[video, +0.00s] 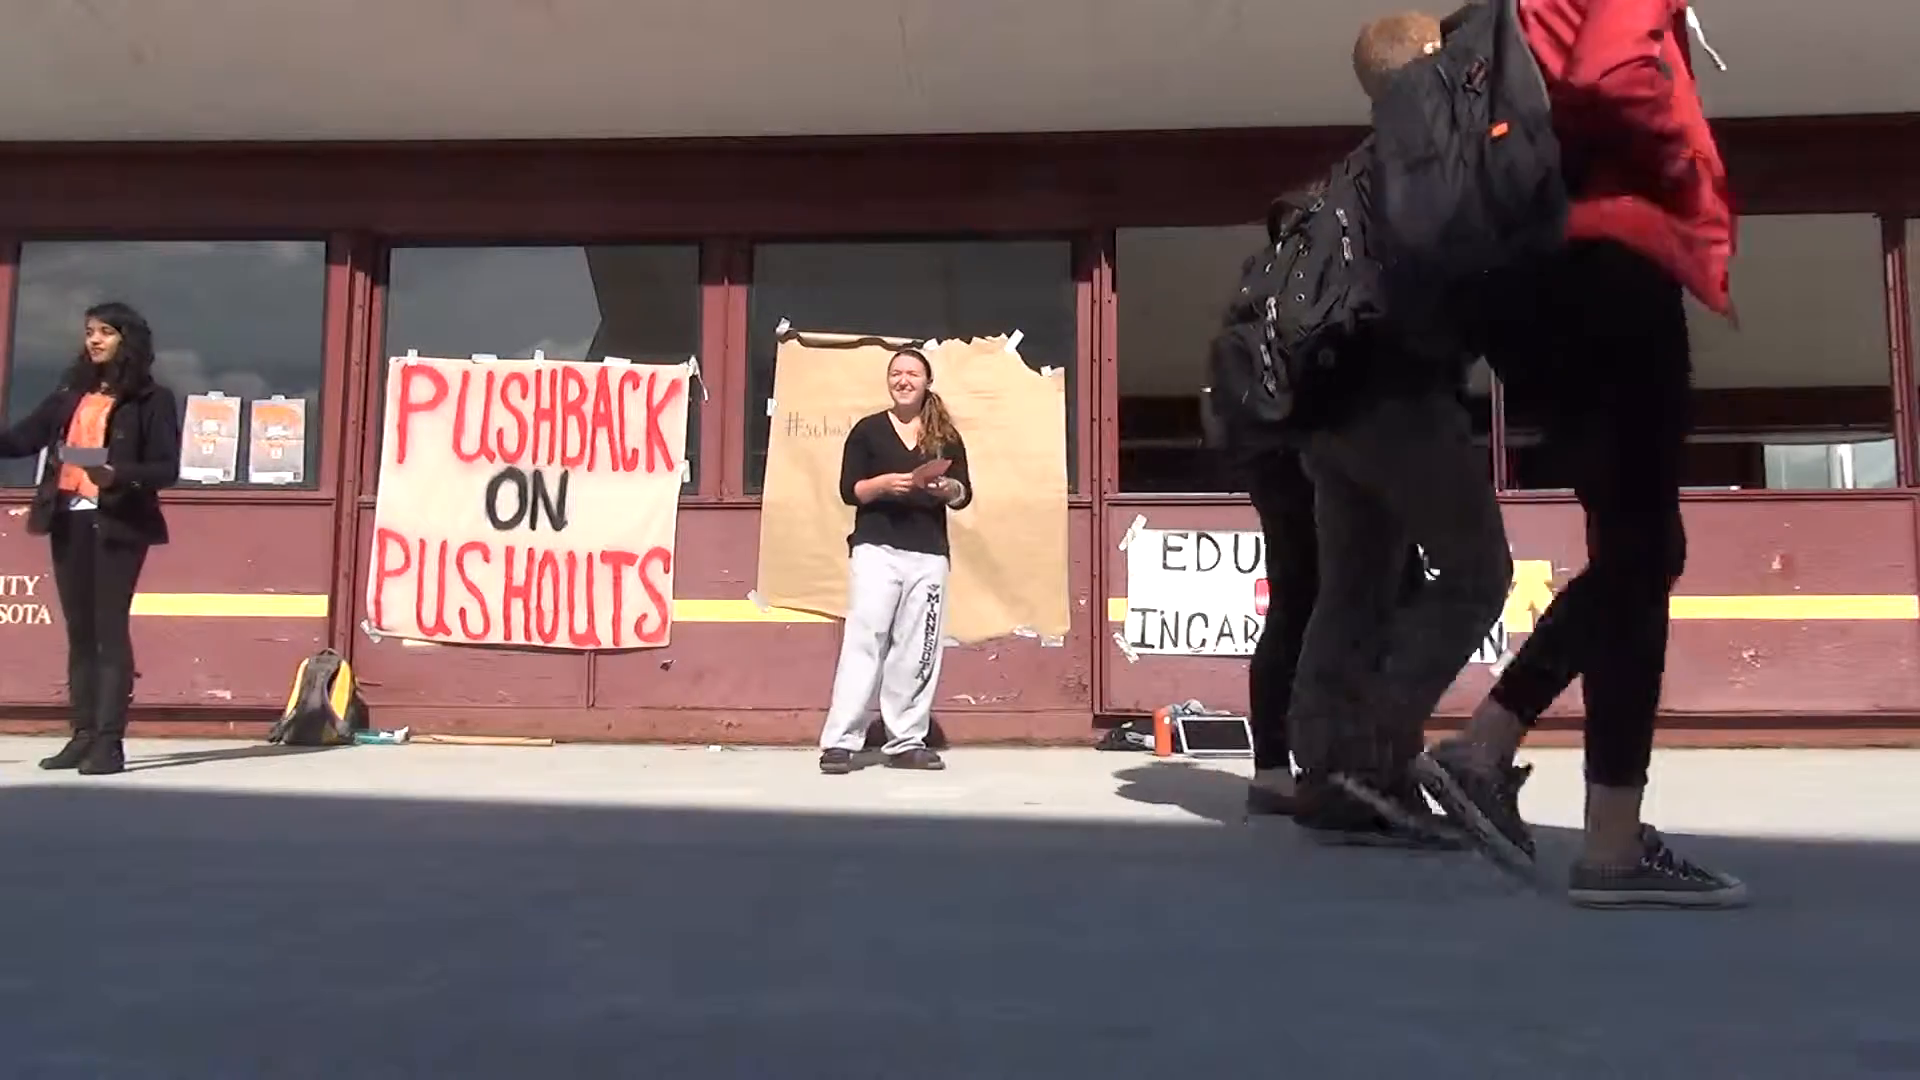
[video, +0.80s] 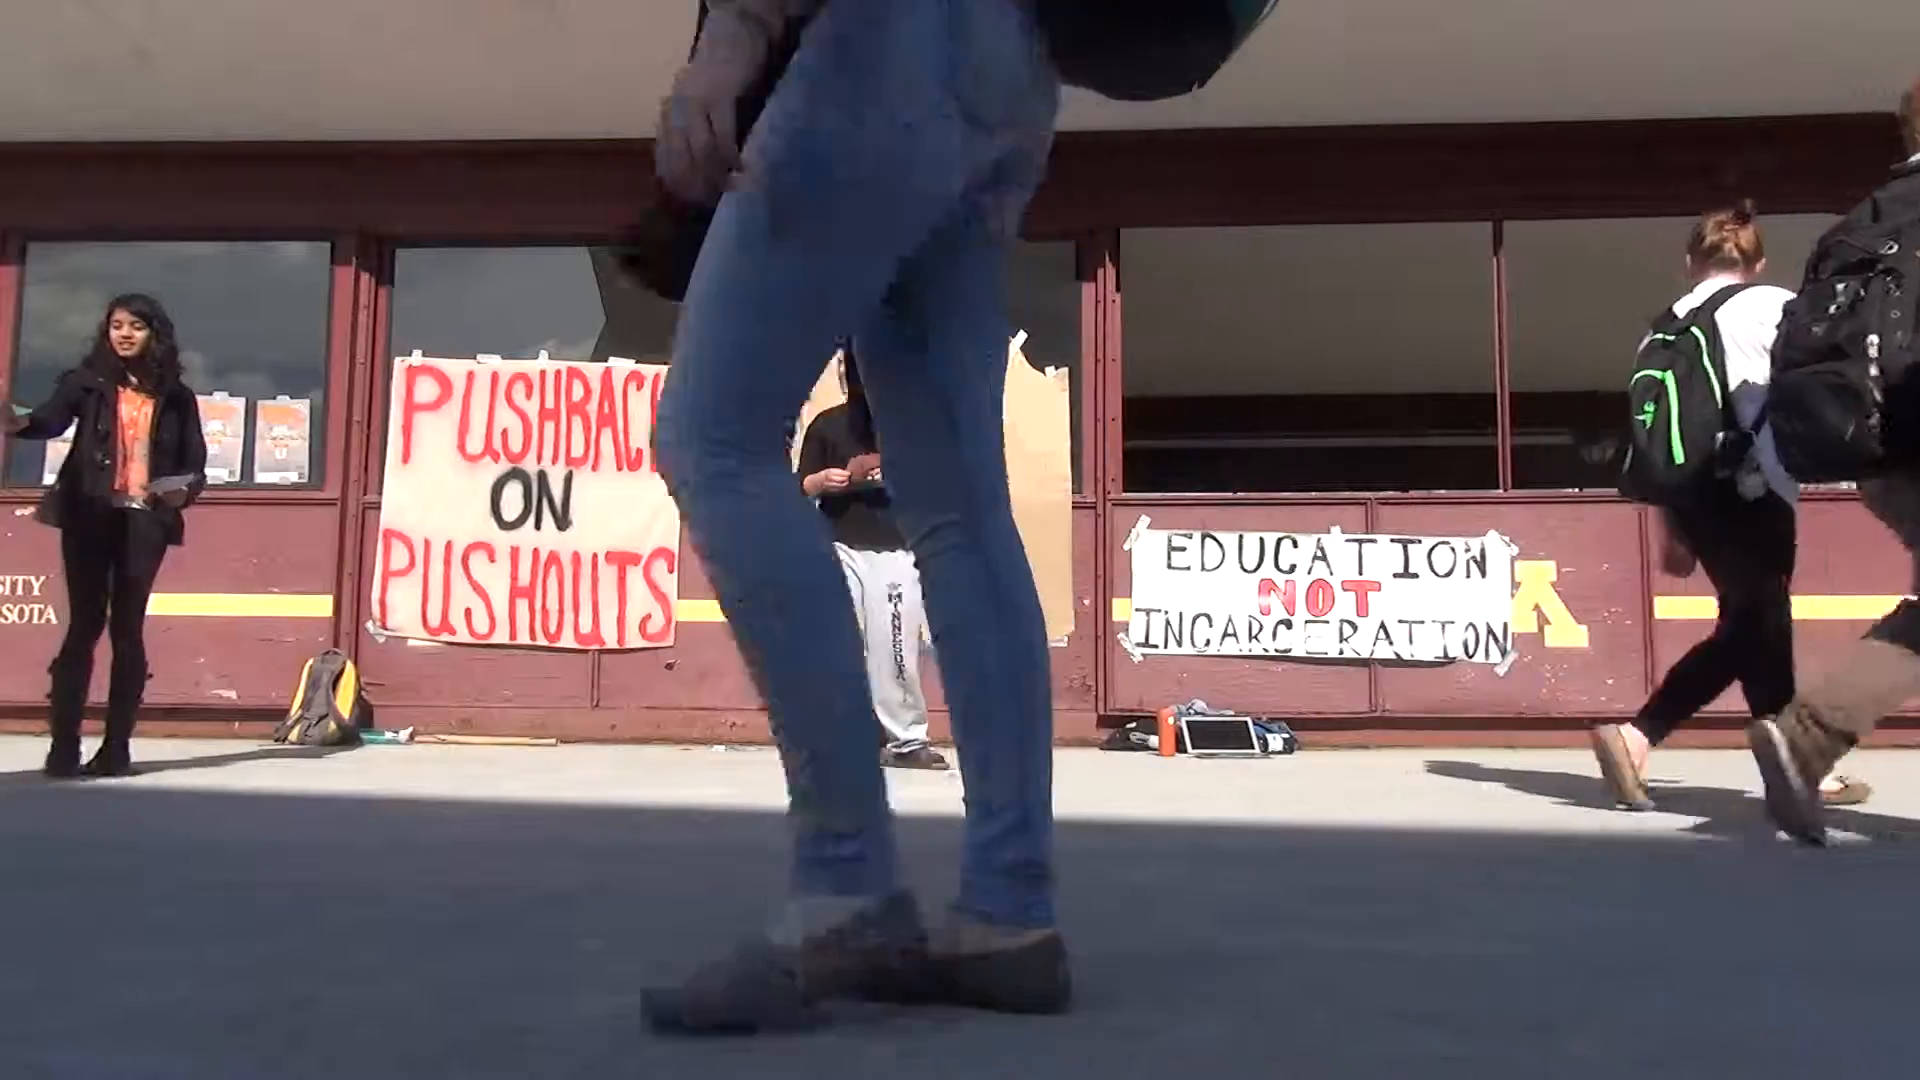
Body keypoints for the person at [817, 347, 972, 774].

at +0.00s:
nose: (903, 380)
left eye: (912, 374)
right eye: (897, 374)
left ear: (928, 382)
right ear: (888, 381)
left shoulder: (946, 435)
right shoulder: (866, 430)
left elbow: (963, 494)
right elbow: (850, 492)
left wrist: (948, 490)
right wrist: (892, 481)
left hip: (928, 553)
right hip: (876, 549)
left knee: (918, 647)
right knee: (865, 641)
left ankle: (906, 742)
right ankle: (840, 744)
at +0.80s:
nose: (851, 376)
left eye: (858, 366)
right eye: (847, 366)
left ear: (882, 372)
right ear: (841, 372)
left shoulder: (907, 419)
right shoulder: (827, 425)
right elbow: (802, 486)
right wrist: (825, 479)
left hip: (895, 546)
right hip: (840, 545)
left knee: (896, 642)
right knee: (838, 641)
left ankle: (906, 737)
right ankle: (844, 743)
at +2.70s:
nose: (911, 375)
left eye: (919, 369)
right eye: (904, 369)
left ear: (931, 378)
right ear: (890, 377)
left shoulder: (952, 431)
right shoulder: (868, 431)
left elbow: (970, 491)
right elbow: (849, 493)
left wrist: (938, 485)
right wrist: (882, 488)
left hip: (932, 552)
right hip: (878, 549)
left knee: (920, 646)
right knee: (867, 643)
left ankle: (909, 741)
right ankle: (851, 743)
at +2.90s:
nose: (933, 386)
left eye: (939, 379)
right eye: (925, 378)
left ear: (944, 382)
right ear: (904, 380)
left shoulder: (950, 430)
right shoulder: (881, 426)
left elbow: (969, 489)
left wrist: (939, 481)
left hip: (932, 548)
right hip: (880, 543)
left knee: (924, 648)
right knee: (864, 644)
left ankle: (908, 745)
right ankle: (847, 747)